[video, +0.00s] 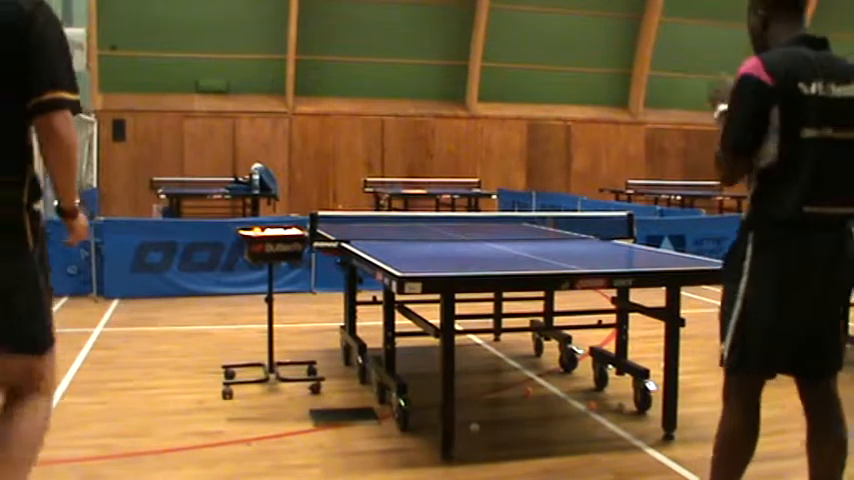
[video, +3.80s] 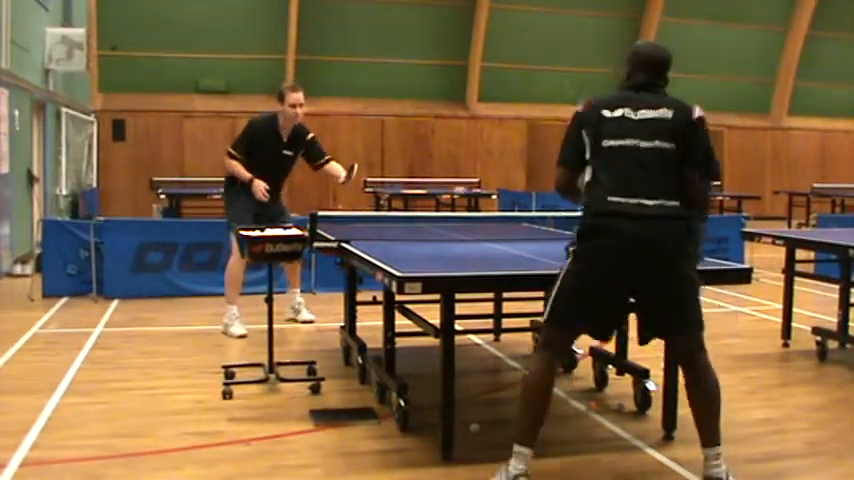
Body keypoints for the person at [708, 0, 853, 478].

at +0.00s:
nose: (750, 31)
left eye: (751, 20)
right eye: (752, 21)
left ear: (761, 18)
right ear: (802, 18)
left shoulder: (762, 73)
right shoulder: (846, 73)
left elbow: (729, 169)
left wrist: (729, 115)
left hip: (773, 245)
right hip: (835, 244)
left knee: (742, 390)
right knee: (821, 390)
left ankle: (721, 474)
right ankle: (827, 477)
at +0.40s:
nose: (690, 30)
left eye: (693, 21)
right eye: (693, 21)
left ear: (702, 19)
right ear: (744, 18)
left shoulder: (690, 72)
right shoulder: (795, 75)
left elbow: (658, 155)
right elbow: (798, 148)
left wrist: (672, 92)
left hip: (711, 235)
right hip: (770, 234)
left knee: (710, 372)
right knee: (749, 360)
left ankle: (710, 475)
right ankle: (751, 469)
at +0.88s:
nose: (663, 37)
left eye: (666, 29)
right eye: (666, 29)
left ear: (679, 29)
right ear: (712, 30)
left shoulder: (670, 81)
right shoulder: (753, 90)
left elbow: (631, 161)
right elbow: (752, 161)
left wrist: (616, 134)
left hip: (680, 233)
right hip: (730, 235)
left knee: (652, 360)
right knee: (703, 354)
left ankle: (689, 469)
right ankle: (692, 463)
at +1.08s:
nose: (654, 47)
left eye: (655, 38)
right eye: (653, 39)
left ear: (669, 34)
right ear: (699, 33)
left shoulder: (666, 81)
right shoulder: (740, 90)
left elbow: (634, 162)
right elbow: (723, 160)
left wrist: (609, 140)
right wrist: (641, 132)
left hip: (669, 230)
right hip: (720, 233)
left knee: (610, 345)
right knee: (696, 348)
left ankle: (645, 461)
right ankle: (691, 465)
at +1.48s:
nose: (595, 48)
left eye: (597, 41)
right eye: (600, 41)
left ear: (602, 41)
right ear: (641, 39)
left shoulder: (592, 88)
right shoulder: (684, 89)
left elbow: (569, 174)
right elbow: (702, 165)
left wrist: (574, 145)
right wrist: (654, 159)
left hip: (613, 236)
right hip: (669, 235)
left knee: (576, 355)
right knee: (674, 352)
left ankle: (563, 468)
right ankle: (687, 467)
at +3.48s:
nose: (612, 75)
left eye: (614, 68)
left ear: (618, 71)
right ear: (658, 76)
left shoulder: (592, 111)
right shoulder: (688, 118)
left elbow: (571, 187)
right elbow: (696, 196)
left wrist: (599, 174)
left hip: (617, 248)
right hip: (677, 252)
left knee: (563, 356)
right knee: (699, 355)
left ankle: (536, 469)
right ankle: (716, 466)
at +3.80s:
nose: (634, 74)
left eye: (631, 67)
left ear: (626, 71)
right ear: (667, 77)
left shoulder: (593, 111)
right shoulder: (687, 117)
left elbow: (565, 183)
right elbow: (699, 197)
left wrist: (600, 196)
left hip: (603, 246)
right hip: (667, 251)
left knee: (549, 347)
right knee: (692, 356)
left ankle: (517, 465)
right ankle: (715, 466)